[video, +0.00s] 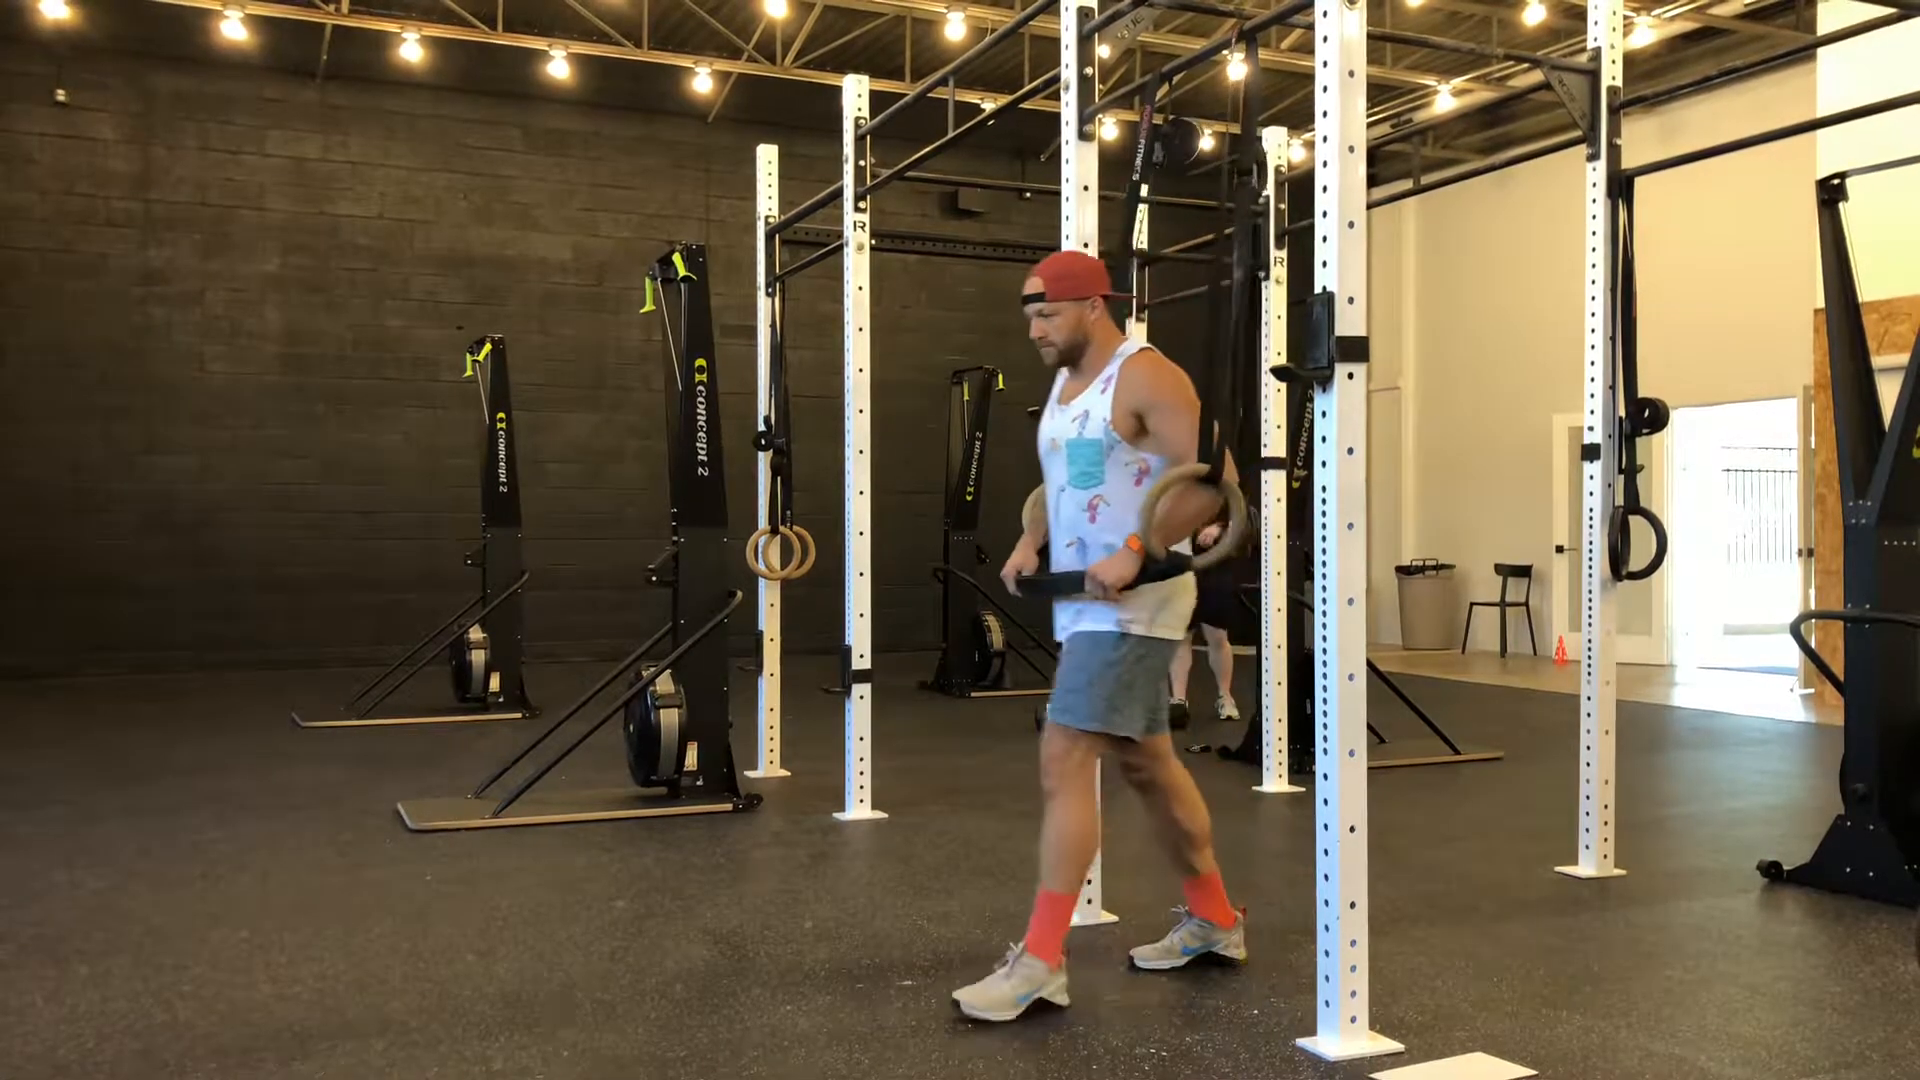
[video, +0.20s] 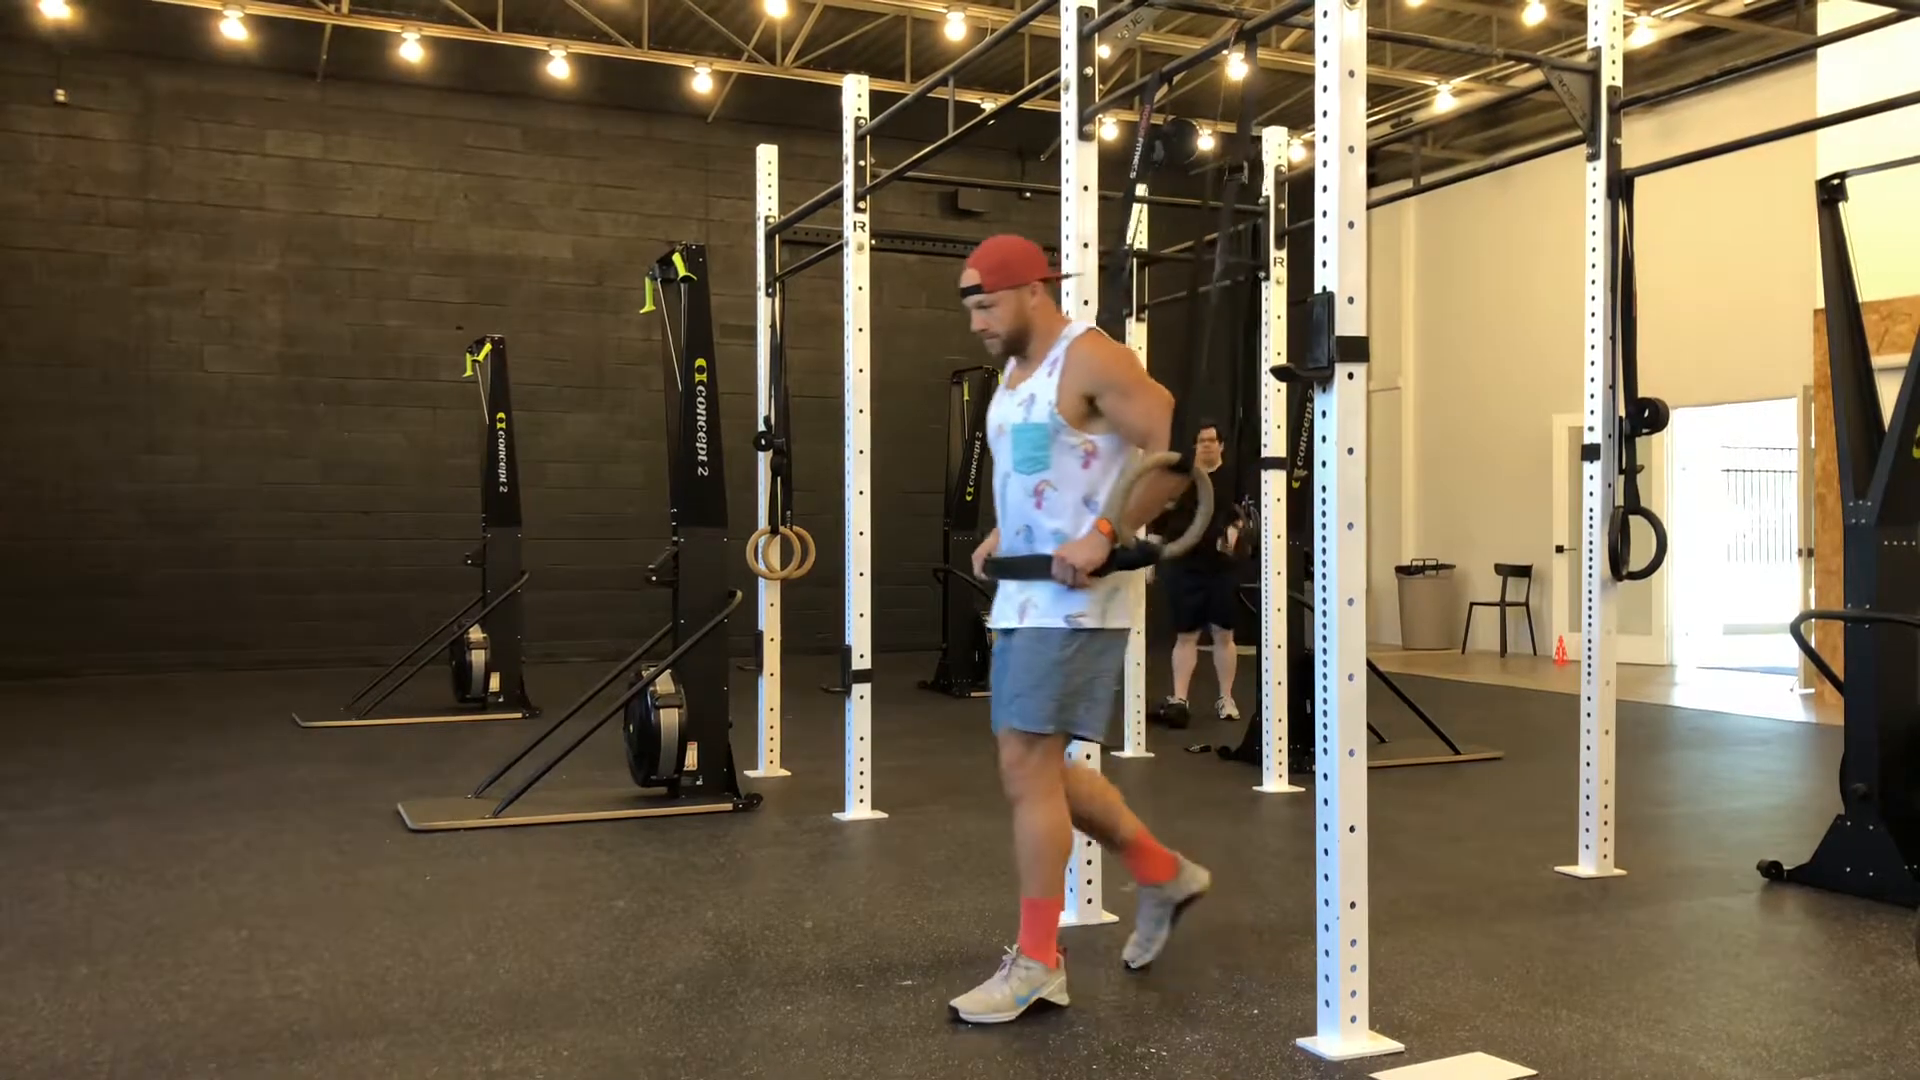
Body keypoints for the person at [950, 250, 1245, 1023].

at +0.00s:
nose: (1032, 324)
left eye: (1043, 308)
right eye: (1029, 311)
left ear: (1094, 306)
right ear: (1049, 318)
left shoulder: (1149, 378)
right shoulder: (1065, 387)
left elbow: (1205, 482)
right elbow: (1067, 483)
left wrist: (1138, 550)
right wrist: (1033, 534)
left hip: (1135, 600)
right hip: (1092, 599)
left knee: (1065, 755)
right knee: (1148, 762)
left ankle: (1042, 959)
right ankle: (1214, 916)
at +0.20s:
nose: (971, 314)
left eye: (980, 298)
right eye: (968, 300)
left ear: (1029, 292)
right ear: (1010, 299)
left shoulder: (1091, 359)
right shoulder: (1016, 372)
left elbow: (1171, 444)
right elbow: (1046, 477)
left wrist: (1104, 531)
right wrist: (1004, 533)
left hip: (1073, 597)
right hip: (1027, 595)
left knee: (1028, 762)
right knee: (1041, 765)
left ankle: (1037, 959)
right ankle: (1164, 874)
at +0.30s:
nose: (942, 314)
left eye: (951, 296)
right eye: (938, 299)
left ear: (998, 286)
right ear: (981, 294)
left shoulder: (1067, 349)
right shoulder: (995, 365)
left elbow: (1150, 436)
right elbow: (1037, 469)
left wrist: (1087, 523)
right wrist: (992, 530)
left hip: (1057, 597)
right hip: (998, 591)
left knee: (1027, 764)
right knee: (975, 751)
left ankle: (1038, 964)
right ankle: (1109, 870)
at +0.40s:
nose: (914, 315)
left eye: (921, 297)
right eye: (909, 301)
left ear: (968, 283)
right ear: (951, 292)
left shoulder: (1038, 340)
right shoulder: (968, 362)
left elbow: (1130, 423)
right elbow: (1003, 471)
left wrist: (1074, 522)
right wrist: (970, 543)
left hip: (1034, 603)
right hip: (971, 596)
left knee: (1023, 767)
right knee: (940, 748)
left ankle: (1040, 960)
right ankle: (1005, 920)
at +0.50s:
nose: (893, 313)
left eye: (900, 294)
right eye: (888, 298)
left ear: (947, 280)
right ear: (930, 288)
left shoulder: (1016, 335)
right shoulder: (943, 367)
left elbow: (1111, 418)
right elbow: (983, 474)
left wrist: (1060, 521)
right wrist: (953, 554)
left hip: (1017, 602)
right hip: (955, 598)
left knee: (1017, 768)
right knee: (934, 757)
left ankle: (1036, 962)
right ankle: (929, 947)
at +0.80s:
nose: (801, 316)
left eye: (808, 297)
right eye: (797, 302)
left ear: (854, 282)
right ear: (842, 291)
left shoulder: (922, 333)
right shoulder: (860, 364)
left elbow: (1025, 407)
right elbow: (907, 474)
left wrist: (980, 522)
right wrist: (876, 567)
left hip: (944, 604)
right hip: (875, 603)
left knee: (961, 774)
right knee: (858, 760)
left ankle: (1031, 958)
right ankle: (873, 958)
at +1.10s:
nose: (703, 317)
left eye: (711, 298)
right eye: (700, 302)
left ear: (762, 285)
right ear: (743, 296)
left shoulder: (825, 325)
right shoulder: (772, 366)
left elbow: (937, 404)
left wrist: (886, 515)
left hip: (891, 582)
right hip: (852, 583)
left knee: (843, 760)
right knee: (858, 765)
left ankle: (943, 934)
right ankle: (872, 950)